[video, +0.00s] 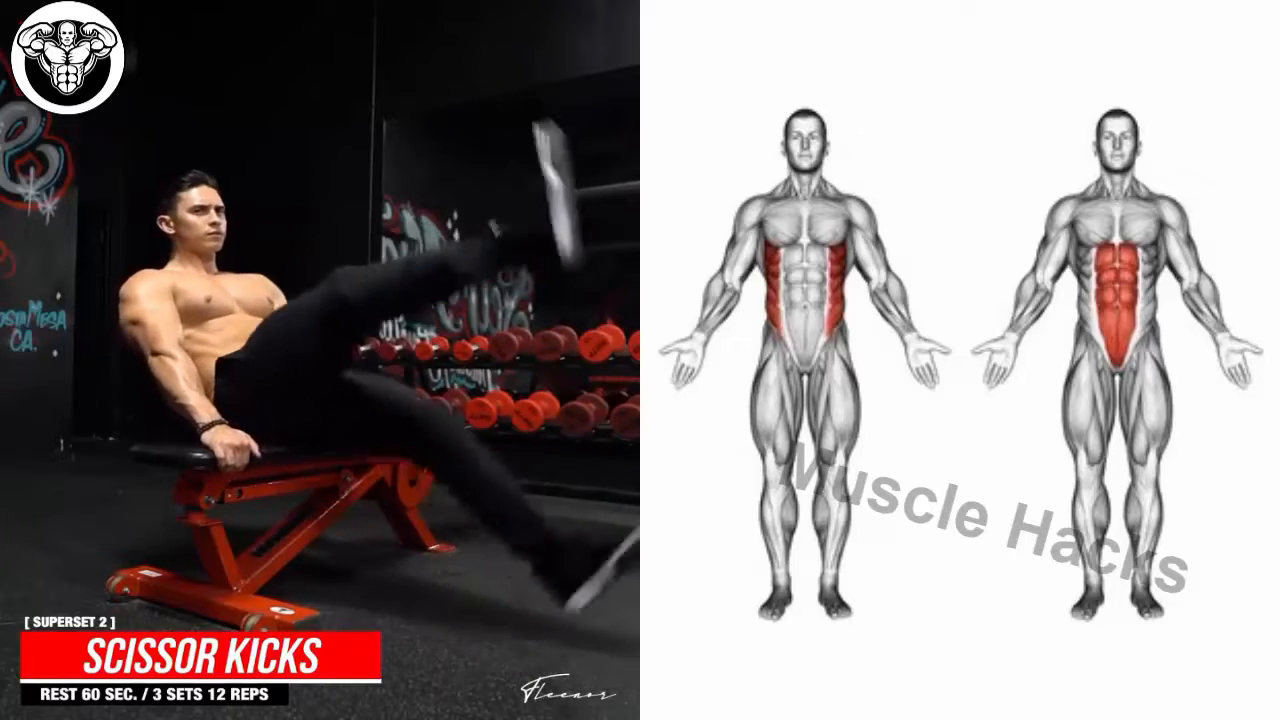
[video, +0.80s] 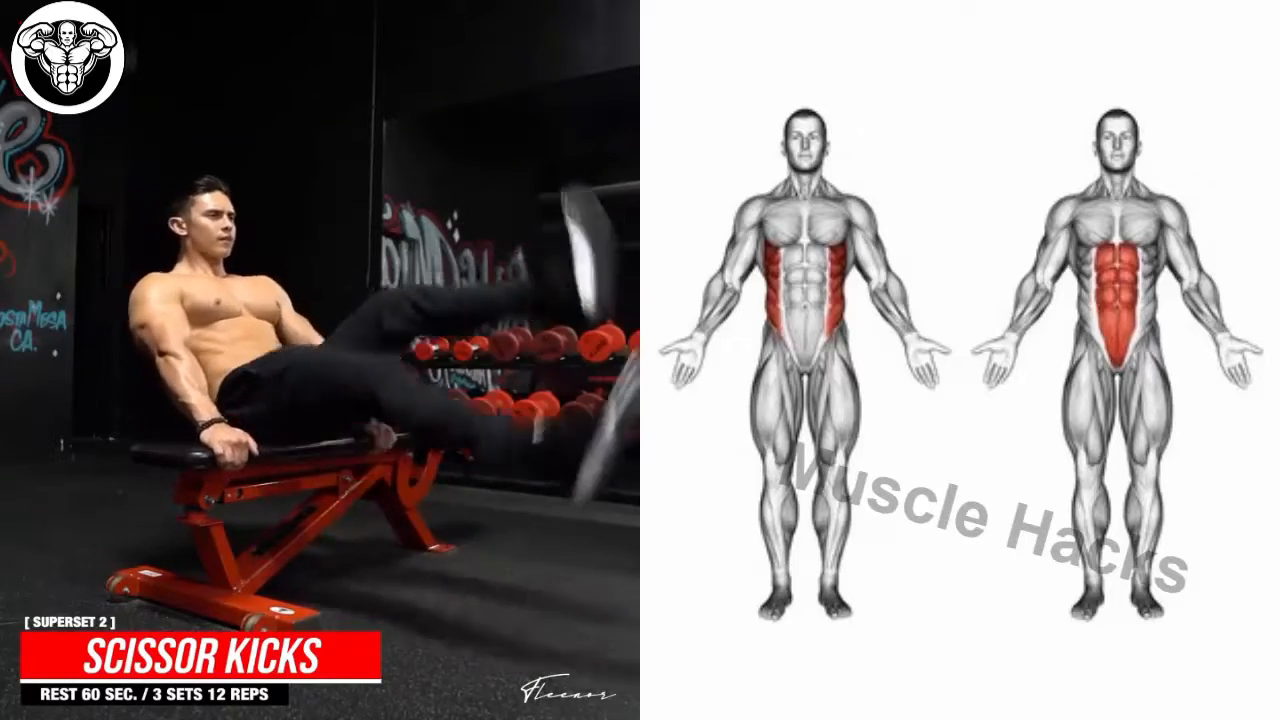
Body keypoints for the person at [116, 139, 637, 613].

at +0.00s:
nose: (215, 221)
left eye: (218, 211)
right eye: (200, 212)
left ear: (223, 220)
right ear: (168, 223)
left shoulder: (258, 284)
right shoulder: (147, 286)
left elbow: (310, 341)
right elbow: (166, 357)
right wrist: (211, 423)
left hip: (311, 397)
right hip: (248, 396)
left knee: (435, 425)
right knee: (341, 293)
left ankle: (560, 562)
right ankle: (516, 247)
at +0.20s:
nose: (215, 225)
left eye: (220, 216)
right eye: (200, 215)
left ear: (225, 225)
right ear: (168, 225)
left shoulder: (257, 286)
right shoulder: (145, 288)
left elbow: (309, 343)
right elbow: (165, 358)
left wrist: (344, 400)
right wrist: (210, 424)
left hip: (308, 394)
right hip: (244, 397)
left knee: (434, 424)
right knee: (338, 299)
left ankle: (541, 570)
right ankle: (520, 256)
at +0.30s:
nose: (210, 227)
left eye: (214, 218)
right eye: (195, 218)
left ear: (218, 229)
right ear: (162, 231)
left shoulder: (250, 290)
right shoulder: (142, 294)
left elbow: (306, 349)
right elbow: (163, 361)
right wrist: (208, 425)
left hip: (298, 395)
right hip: (237, 395)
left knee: (432, 396)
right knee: (348, 329)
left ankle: (573, 492)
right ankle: (528, 350)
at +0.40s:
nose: (209, 228)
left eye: (211, 219)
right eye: (193, 219)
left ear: (214, 232)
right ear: (161, 233)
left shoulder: (248, 293)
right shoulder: (142, 294)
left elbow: (307, 350)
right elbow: (166, 362)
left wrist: (368, 400)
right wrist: (208, 425)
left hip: (298, 385)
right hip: (238, 401)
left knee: (429, 346)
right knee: (371, 368)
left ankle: (593, 388)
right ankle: (540, 470)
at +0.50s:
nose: (209, 229)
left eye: (212, 220)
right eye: (195, 221)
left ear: (216, 230)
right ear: (164, 233)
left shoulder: (252, 295)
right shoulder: (145, 293)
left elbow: (314, 355)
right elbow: (167, 360)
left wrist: (374, 385)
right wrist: (209, 424)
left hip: (301, 379)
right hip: (245, 390)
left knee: (400, 316)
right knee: (370, 419)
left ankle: (559, 286)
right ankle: (521, 552)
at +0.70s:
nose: (223, 223)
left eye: (226, 215)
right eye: (209, 214)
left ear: (229, 225)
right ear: (176, 227)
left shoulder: (261, 287)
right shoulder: (155, 290)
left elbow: (320, 350)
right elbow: (171, 357)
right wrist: (209, 424)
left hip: (305, 375)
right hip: (251, 389)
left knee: (383, 292)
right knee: (375, 412)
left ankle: (527, 217)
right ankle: (514, 549)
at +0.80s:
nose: (226, 226)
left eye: (230, 217)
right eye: (212, 216)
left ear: (233, 226)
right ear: (180, 226)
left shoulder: (263, 287)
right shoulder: (156, 289)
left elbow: (322, 351)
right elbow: (173, 356)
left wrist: (376, 402)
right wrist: (209, 421)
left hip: (306, 378)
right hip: (251, 395)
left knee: (390, 304)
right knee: (365, 373)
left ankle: (548, 293)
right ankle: (535, 446)